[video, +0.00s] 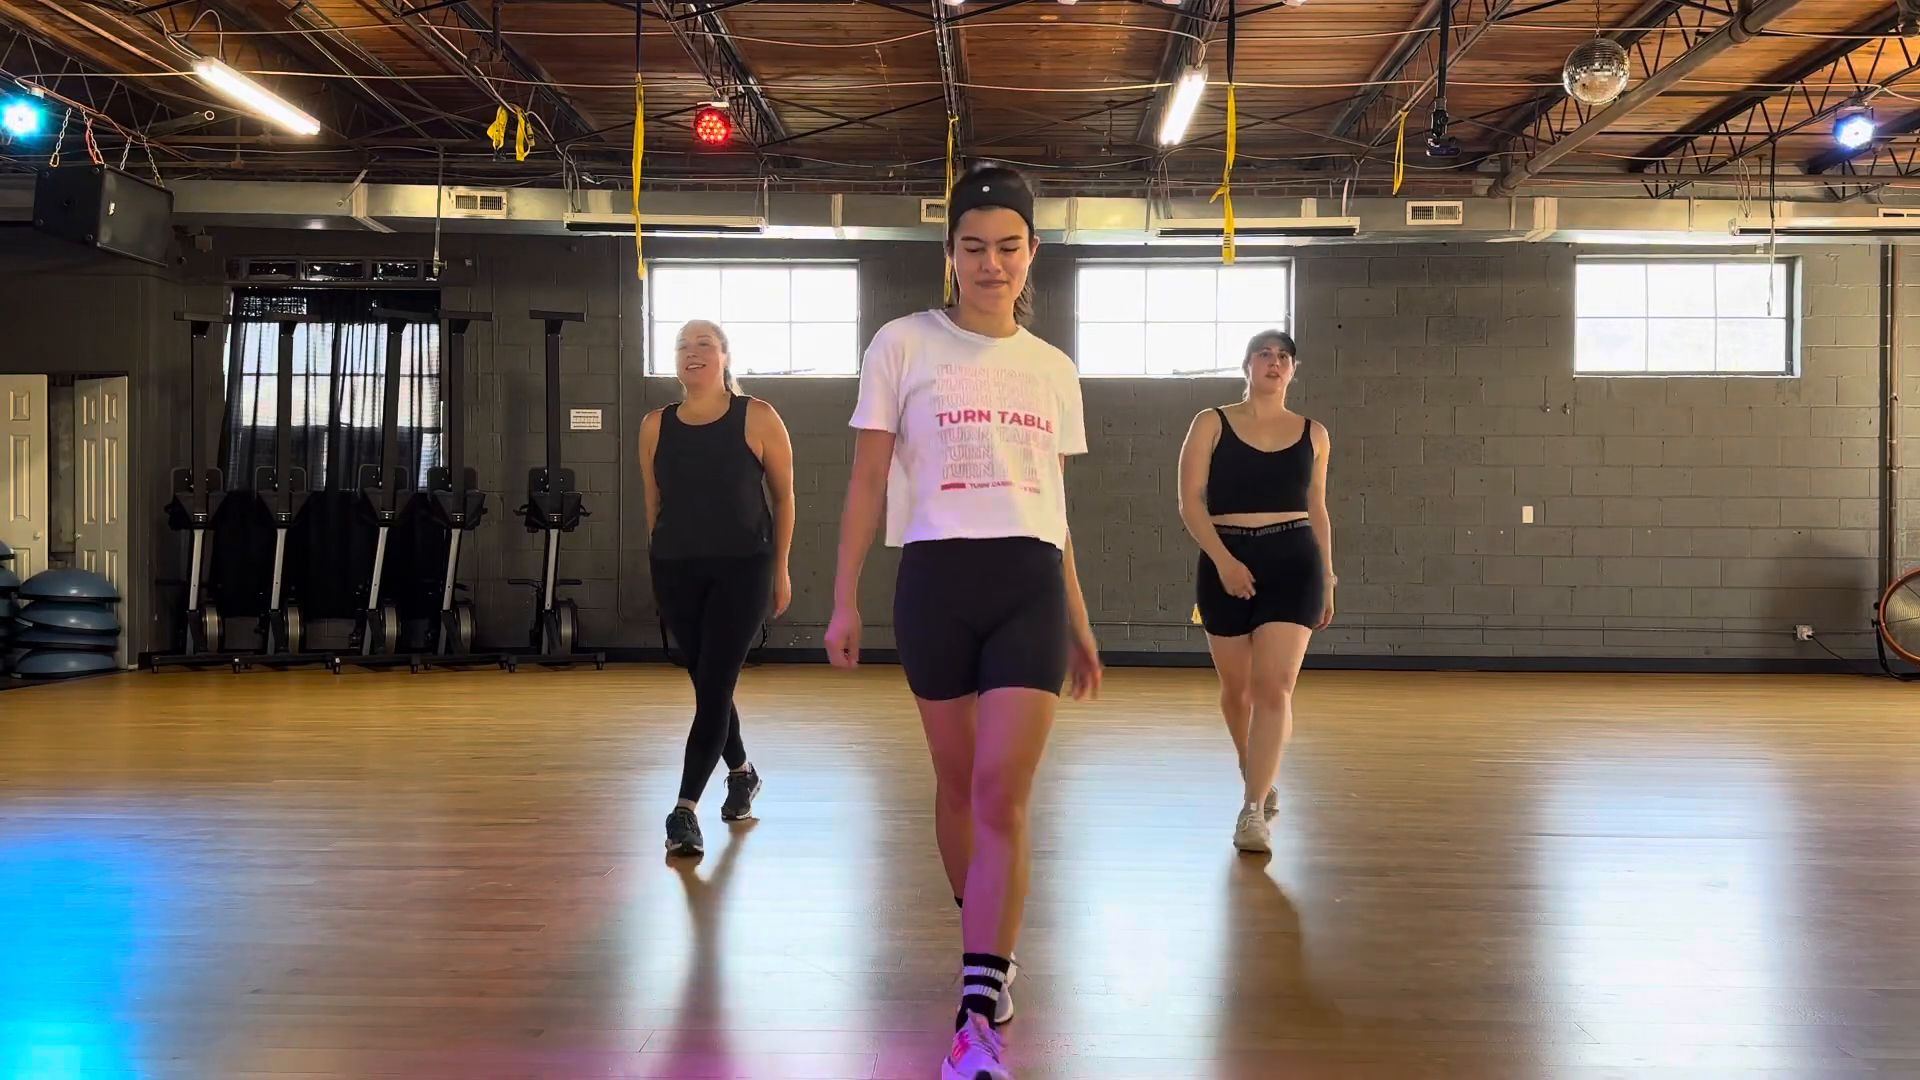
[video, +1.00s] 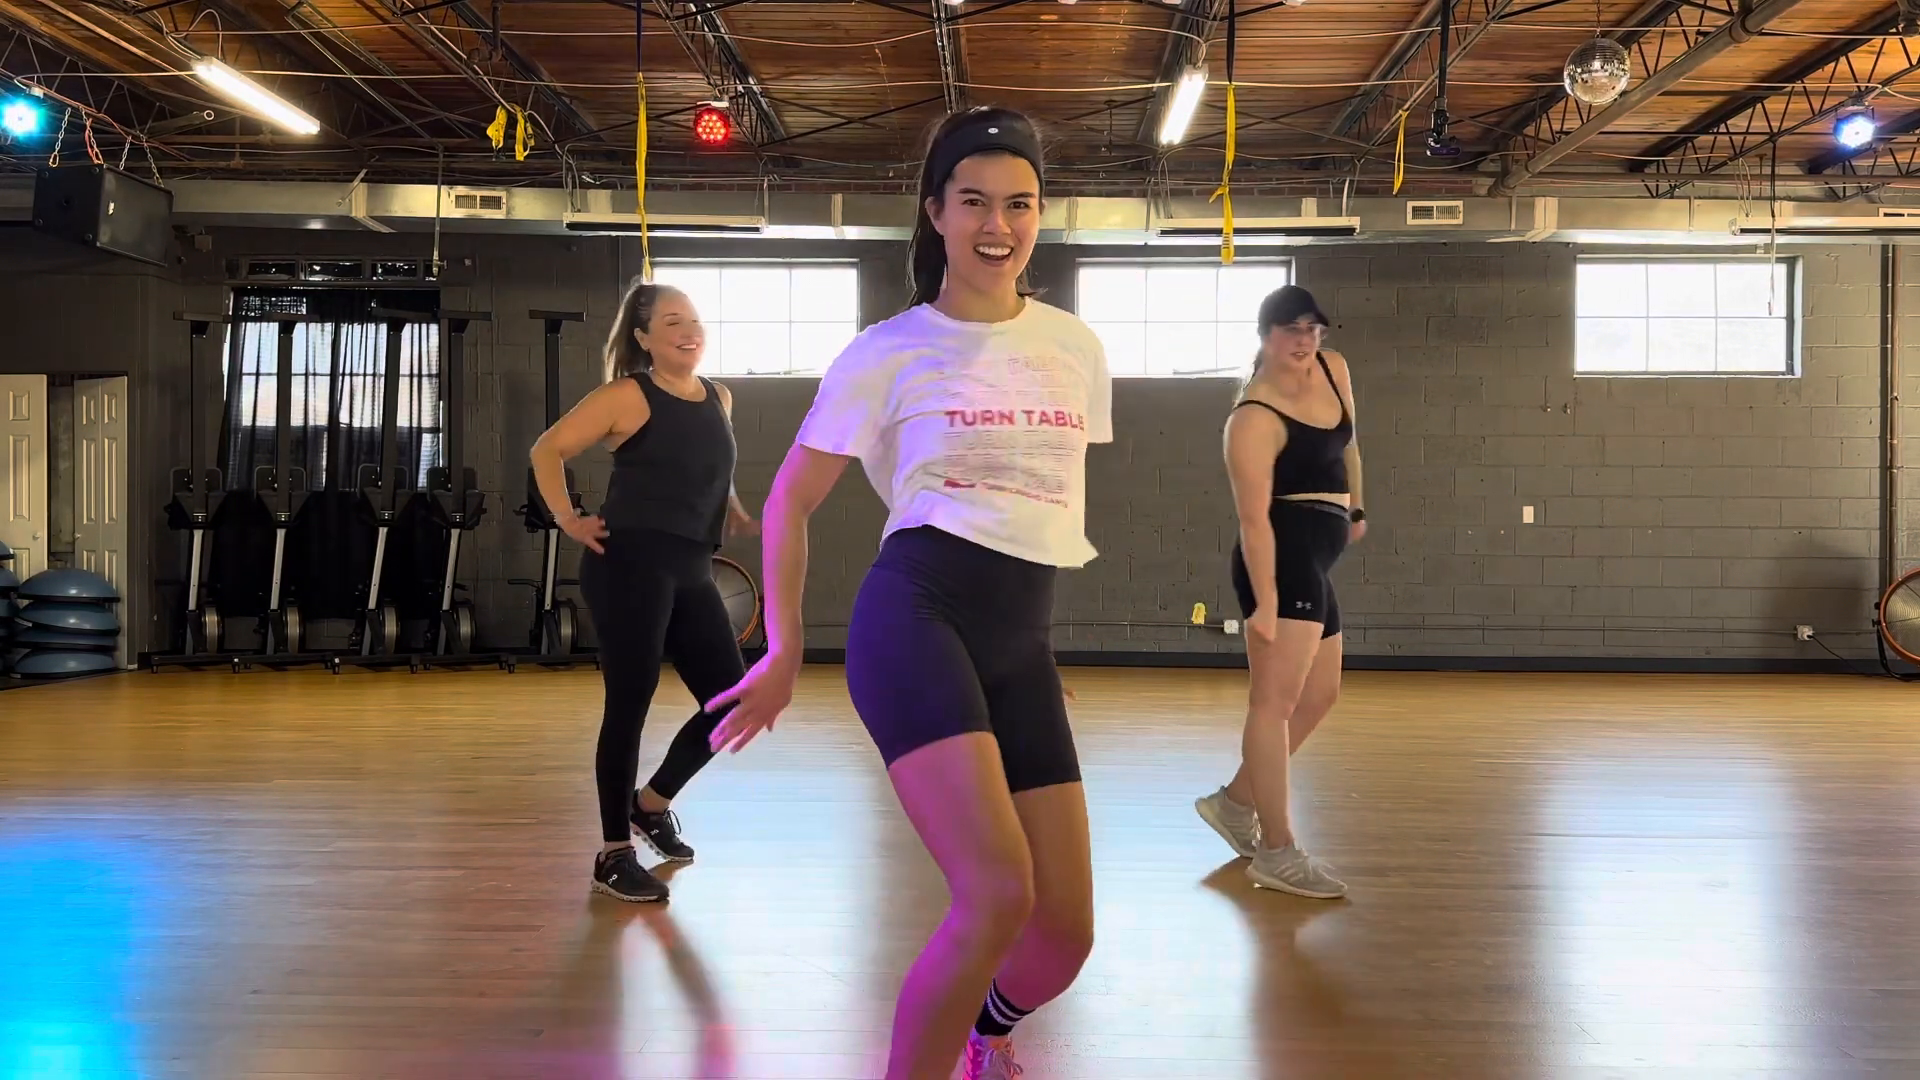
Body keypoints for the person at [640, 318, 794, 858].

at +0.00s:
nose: (693, 354)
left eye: (704, 346)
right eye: (685, 347)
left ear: (726, 359)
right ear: (675, 362)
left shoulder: (759, 417)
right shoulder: (656, 426)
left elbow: (784, 496)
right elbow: (654, 503)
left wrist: (781, 567)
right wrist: (660, 564)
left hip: (743, 568)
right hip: (675, 569)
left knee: (715, 681)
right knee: (707, 680)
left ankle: (685, 807)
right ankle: (741, 770)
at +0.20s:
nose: (688, 337)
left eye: (699, 329)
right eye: (680, 329)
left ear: (721, 343)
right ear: (670, 344)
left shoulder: (752, 405)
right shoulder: (645, 406)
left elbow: (775, 494)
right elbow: (630, 490)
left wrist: (780, 571)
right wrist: (620, 566)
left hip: (729, 563)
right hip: (659, 564)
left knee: (707, 690)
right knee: (668, 695)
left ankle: (684, 811)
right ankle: (719, 745)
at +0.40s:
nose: (683, 338)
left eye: (694, 330)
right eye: (675, 329)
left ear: (718, 342)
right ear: (664, 340)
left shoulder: (745, 409)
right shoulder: (639, 398)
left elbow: (784, 488)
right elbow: (603, 467)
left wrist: (861, 478)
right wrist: (520, 469)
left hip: (726, 562)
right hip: (652, 559)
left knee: (706, 690)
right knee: (633, 677)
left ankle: (682, 811)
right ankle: (679, 662)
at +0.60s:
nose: (677, 334)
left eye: (689, 326)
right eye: (667, 325)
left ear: (712, 336)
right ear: (656, 335)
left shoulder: (741, 400)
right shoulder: (630, 391)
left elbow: (806, 449)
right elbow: (567, 417)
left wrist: (820, 387)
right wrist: (568, 362)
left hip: (720, 557)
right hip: (644, 553)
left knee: (700, 691)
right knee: (641, 661)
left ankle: (685, 810)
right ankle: (642, 757)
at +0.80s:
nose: (678, 331)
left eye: (687, 320)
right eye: (662, 323)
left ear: (703, 332)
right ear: (645, 340)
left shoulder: (736, 400)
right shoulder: (619, 397)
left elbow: (789, 467)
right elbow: (533, 418)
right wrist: (575, 445)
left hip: (708, 566)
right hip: (635, 564)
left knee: (705, 717)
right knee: (630, 701)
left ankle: (681, 804)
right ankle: (611, 846)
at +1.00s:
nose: (690, 331)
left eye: (693, 320)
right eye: (674, 323)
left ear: (702, 330)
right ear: (644, 338)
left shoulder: (717, 400)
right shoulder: (625, 397)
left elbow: (709, 482)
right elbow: (546, 451)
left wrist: (747, 526)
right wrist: (570, 519)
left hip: (690, 568)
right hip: (628, 564)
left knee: (730, 701)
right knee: (628, 705)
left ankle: (653, 801)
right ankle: (613, 850)